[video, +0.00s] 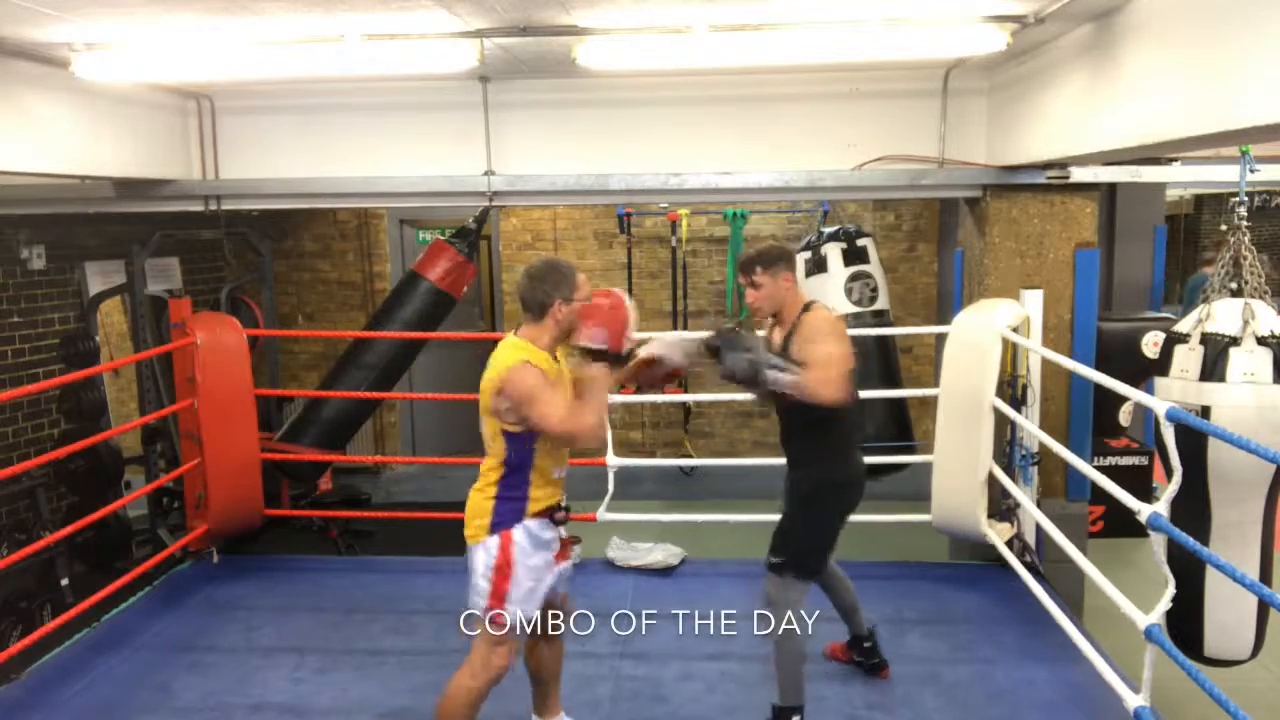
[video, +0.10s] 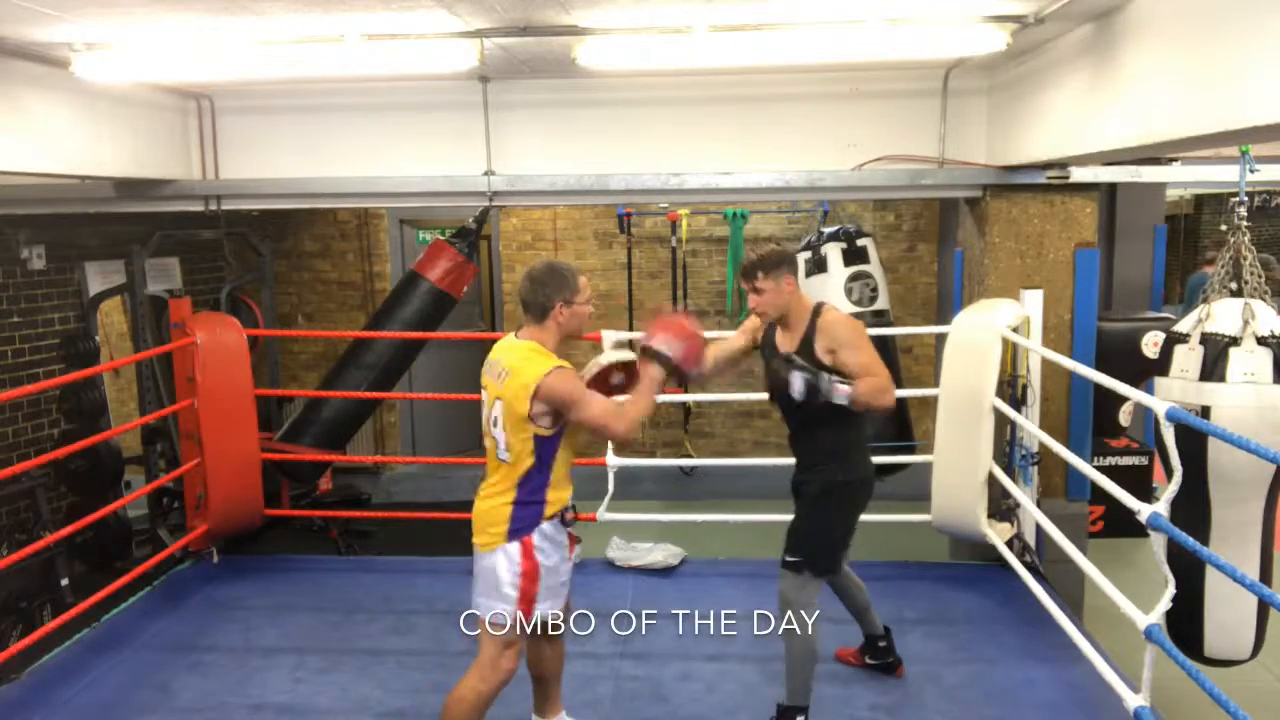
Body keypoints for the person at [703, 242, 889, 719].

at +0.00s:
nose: (748, 298)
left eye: (754, 286)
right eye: (745, 288)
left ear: (786, 280)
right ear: (771, 285)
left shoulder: (819, 325)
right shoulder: (778, 328)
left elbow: (832, 389)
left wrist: (766, 372)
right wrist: (675, 351)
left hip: (831, 477)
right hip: (807, 472)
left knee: (782, 590)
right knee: (816, 562)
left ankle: (789, 710)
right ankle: (866, 646)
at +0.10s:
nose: (752, 301)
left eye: (757, 292)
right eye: (748, 293)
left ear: (789, 284)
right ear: (758, 292)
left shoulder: (836, 328)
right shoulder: (764, 326)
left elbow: (883, 392)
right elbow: (707, 362)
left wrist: (830, 388)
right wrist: (677, 346)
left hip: (841, 474)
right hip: (810, 471)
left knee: (796, 589)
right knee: (829, 565)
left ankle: (794, 712)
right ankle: (880, 647)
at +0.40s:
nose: (753, 298)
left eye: (755, 288)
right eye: (750, 289)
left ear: (783, 280)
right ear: (790, 280)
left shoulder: (812, 318)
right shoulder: (819, 311)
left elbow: (806, 374)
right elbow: (802, 366)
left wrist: (741, 356)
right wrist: (760, 341)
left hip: (828, 474)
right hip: (850, 467)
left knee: (784, 588)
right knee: (846, 558)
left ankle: (790, 709)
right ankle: (883, 647)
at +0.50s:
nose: (746, 303)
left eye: (750, 292)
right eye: (744, 294)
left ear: (779, 283)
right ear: (782, 283)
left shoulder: (815, 327)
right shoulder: (809, 319)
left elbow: (811, 408)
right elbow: (796, 384)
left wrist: (752, 371)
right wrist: (750, 356)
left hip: (828, 475)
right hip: (847, 467)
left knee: (781, 588)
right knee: (854, 559)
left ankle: (788, 709)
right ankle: (884, 647)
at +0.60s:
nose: (734, 320)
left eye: (735, 309)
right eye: (730, 311)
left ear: (762, 296)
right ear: (765, 296)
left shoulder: (799, 346)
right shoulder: (807, 323)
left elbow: (780, 424)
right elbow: (765, 393)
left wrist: (744, 404)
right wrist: (747, 369)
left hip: (832, 481)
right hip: (853, 471)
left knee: (785, 592)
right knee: (844, 561)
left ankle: (791, 711)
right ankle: (882, 646)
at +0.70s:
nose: (731, 321)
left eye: (733, 310)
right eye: (727, 312)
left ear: (761, 299)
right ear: (763, 299)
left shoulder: (803, 350)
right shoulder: (793, 327)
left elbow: (818, 436)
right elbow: (773, 383)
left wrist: (759, 437)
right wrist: (737, 391)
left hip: (827, 480)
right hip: (844, 470)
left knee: (778, 593)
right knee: (846, 561)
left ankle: (789, 711)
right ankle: (883, 647)